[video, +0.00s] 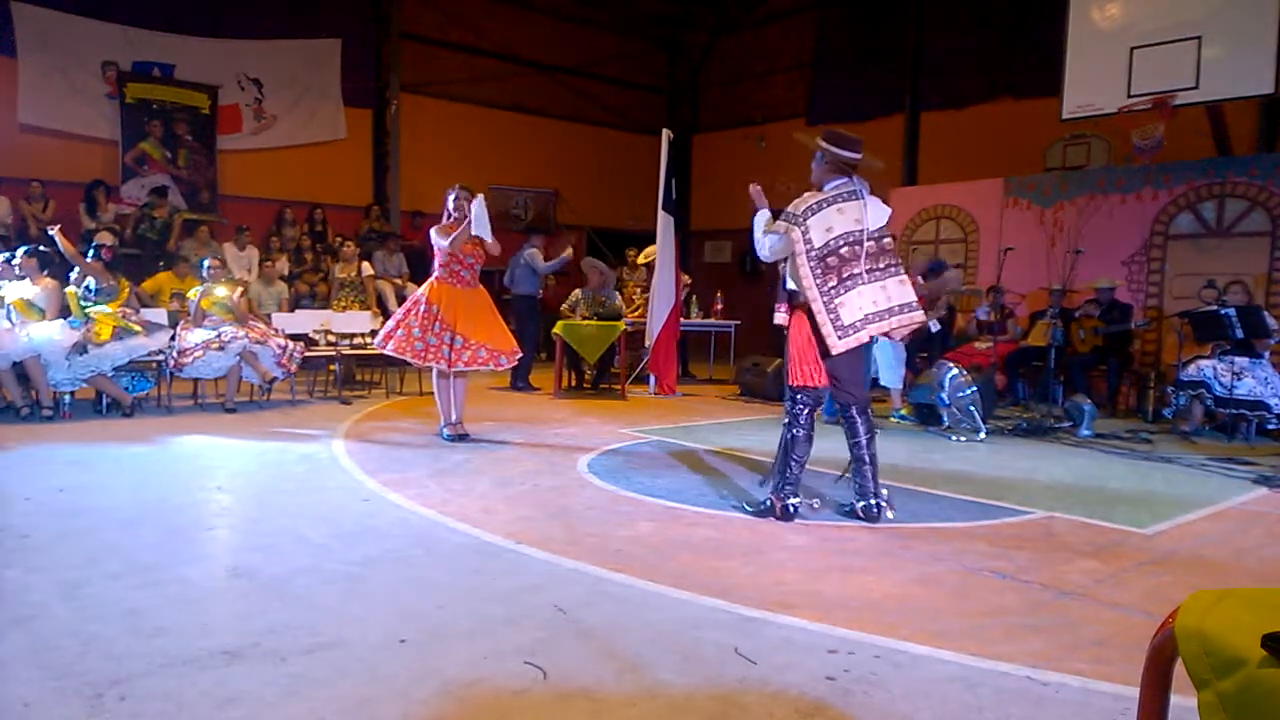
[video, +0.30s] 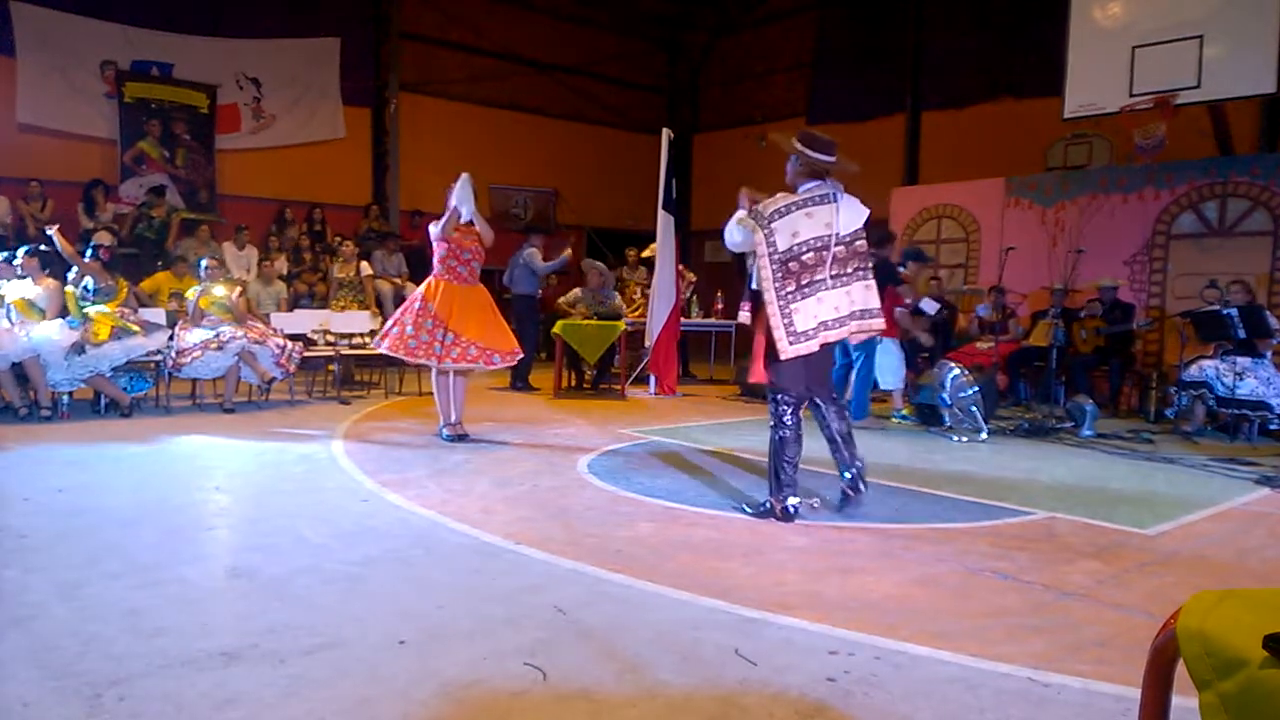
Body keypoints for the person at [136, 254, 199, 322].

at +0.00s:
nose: (186, 271)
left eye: (187, 268)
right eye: (183, 268)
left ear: (189, 268)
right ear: (175, 268)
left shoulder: (194, 282)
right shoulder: (163, 278)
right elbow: (142, 291)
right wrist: (154, 306)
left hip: (187, 316)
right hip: (165, 314)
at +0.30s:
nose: (184, 270)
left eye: (185, 267)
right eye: (181, 267)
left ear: (188, 268)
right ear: (173, 267)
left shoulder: (192, 281)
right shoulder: (161, 277)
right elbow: (140, 290)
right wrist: (153, 307)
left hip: (185, 315)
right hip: (164, 313)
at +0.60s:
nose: (187, 270)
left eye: (188, 267)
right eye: (184, 267)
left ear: (190, 268)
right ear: (175, 267)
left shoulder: (194, 282)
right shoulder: (163, 278)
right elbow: (141, 291)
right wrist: (154, 307)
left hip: (187, 317)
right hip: (164, 314)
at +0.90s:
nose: (187, 271)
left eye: (188, 268)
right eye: (184, 268)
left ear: (190, 268)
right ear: (175, 267)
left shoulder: (194, 282)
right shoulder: (163, 278)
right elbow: (141, 291)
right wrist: (154, 307)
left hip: (187, 316)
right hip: (164, 314)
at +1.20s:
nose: (187, 271)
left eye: (189, 268)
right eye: (184, 268)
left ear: (190, 268)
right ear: (176, 267)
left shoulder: (194, 281)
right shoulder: (163, 278)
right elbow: (141, 291)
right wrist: (154, 307)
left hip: (188, 316)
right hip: (165, 314)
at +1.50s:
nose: (187, 271)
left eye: (188, 268)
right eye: (184, 268)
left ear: (190, 268)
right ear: (175, 268)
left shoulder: (193, 281)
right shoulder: (163, 278)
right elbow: (142, 291)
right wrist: (154, 307)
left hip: (187, 316)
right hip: (165, 314)